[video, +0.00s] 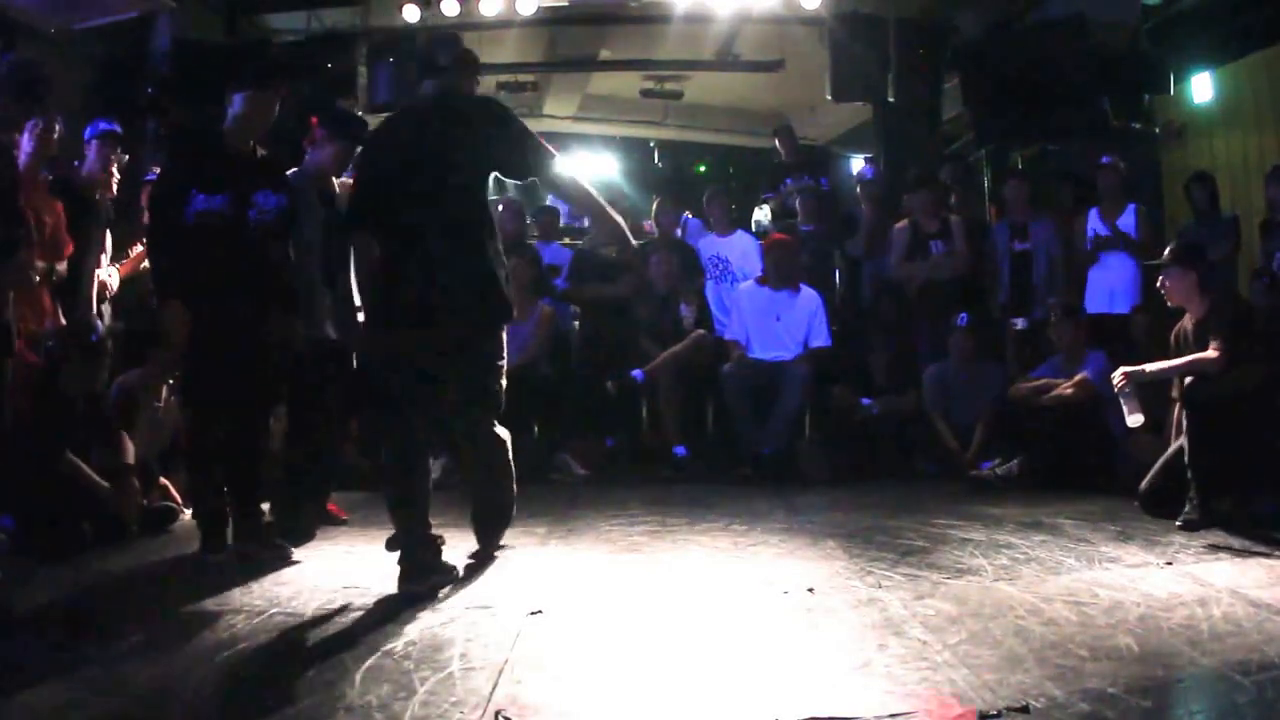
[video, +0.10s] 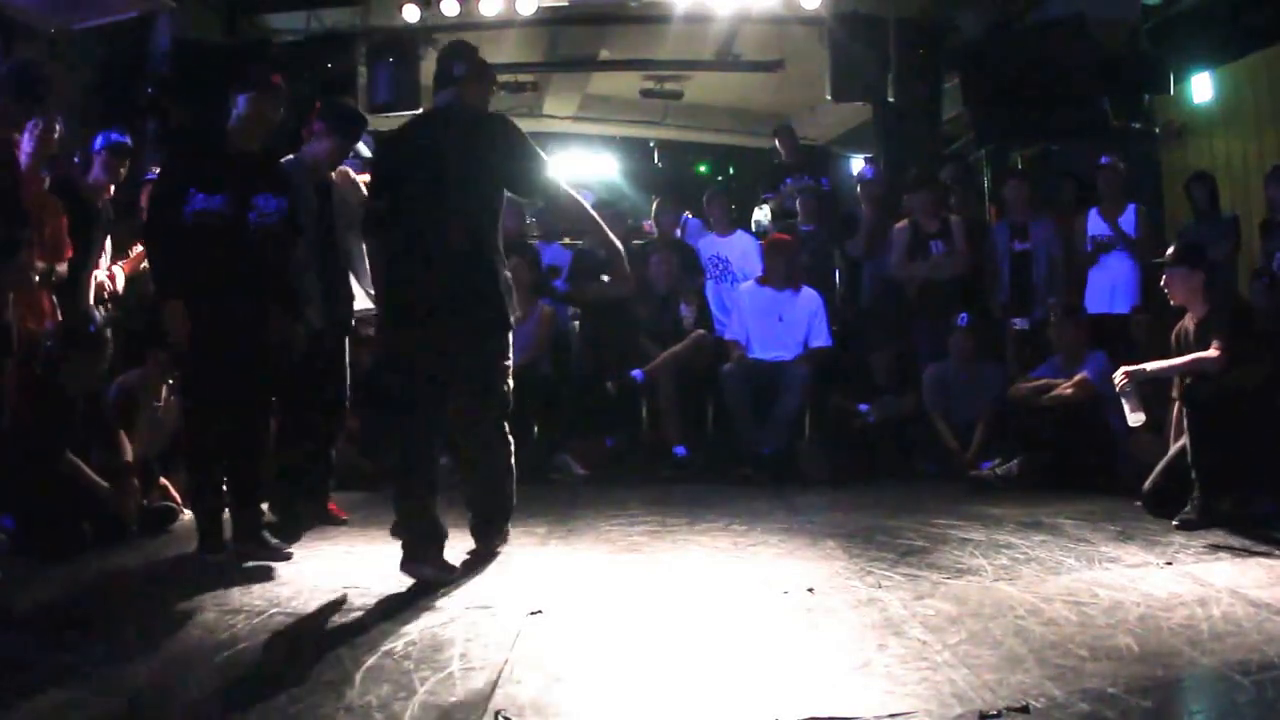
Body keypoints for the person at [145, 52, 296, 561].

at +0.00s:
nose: (268, 117)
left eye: (271, 108)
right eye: (261, 106)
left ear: (269, 117)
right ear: (235, 107)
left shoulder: (271, 172)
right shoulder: (191, 162)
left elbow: (289, 248)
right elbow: (162, 234)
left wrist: (294, 308)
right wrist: (171, 299)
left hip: (260, 308)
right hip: (203, 308)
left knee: (251, 417)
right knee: (206, 418)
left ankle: (250, 525)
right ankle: (212, 529)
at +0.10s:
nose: (269, 121)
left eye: (275, 113)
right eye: (262, 110)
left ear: (277, 119)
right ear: (238, 108)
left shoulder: (273, 175)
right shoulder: (191, 164)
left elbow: (290, 250)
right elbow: (159, 235)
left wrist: (293, 308)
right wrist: (172, 298)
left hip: (260, 310)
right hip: (203, 310)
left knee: (253, 416)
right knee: (205, 418)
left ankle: (249, 525)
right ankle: (210, 529)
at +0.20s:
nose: (252, 129)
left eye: (261, 120)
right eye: (245, 119)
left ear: (271, 124)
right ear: (225, 120)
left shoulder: (276, 176)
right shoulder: (192, 168)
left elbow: (296, 251)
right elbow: (160, 232)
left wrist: (298, 310)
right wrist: (171, 286)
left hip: (257, 312)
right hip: (198, 310)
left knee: (251, 419)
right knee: (194, 418)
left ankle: (248, 525)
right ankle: (192, 513)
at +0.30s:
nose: (250, 121)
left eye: (259, 110)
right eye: (243, 108)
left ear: (269, 115)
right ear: (224, 111)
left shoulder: (274, 169)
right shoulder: (186, 161)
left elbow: (308, 241)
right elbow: (140, 219)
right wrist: (172, 254)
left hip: (256, 314)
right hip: (193, 312)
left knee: (250, 422)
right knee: (182, 423)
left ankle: (249, 527)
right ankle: (167, 535)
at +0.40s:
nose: (239, 124)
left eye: (249, 114)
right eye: (231, 113)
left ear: (258, 115)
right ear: (210, 112)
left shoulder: (262, 168)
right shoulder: (176, 159)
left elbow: (297, 233)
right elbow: (128, 217)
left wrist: (280, 231)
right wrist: (179, 220)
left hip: (248, 317)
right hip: (185, 315)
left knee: (247, 427)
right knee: (170, 433)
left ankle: (249, 528)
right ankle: (152, 548)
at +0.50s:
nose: (229, 114)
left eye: (236, 104)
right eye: (220, 103)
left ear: (242, 110)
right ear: (197, 107)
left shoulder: (249, 159)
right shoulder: (161, 161)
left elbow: (285, 243)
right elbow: (126, 231)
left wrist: (263, 206)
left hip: (240, 313)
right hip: (174, 312)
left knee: (245, 424)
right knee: (164, 432)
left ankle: (248, 527)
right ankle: (151, 547)